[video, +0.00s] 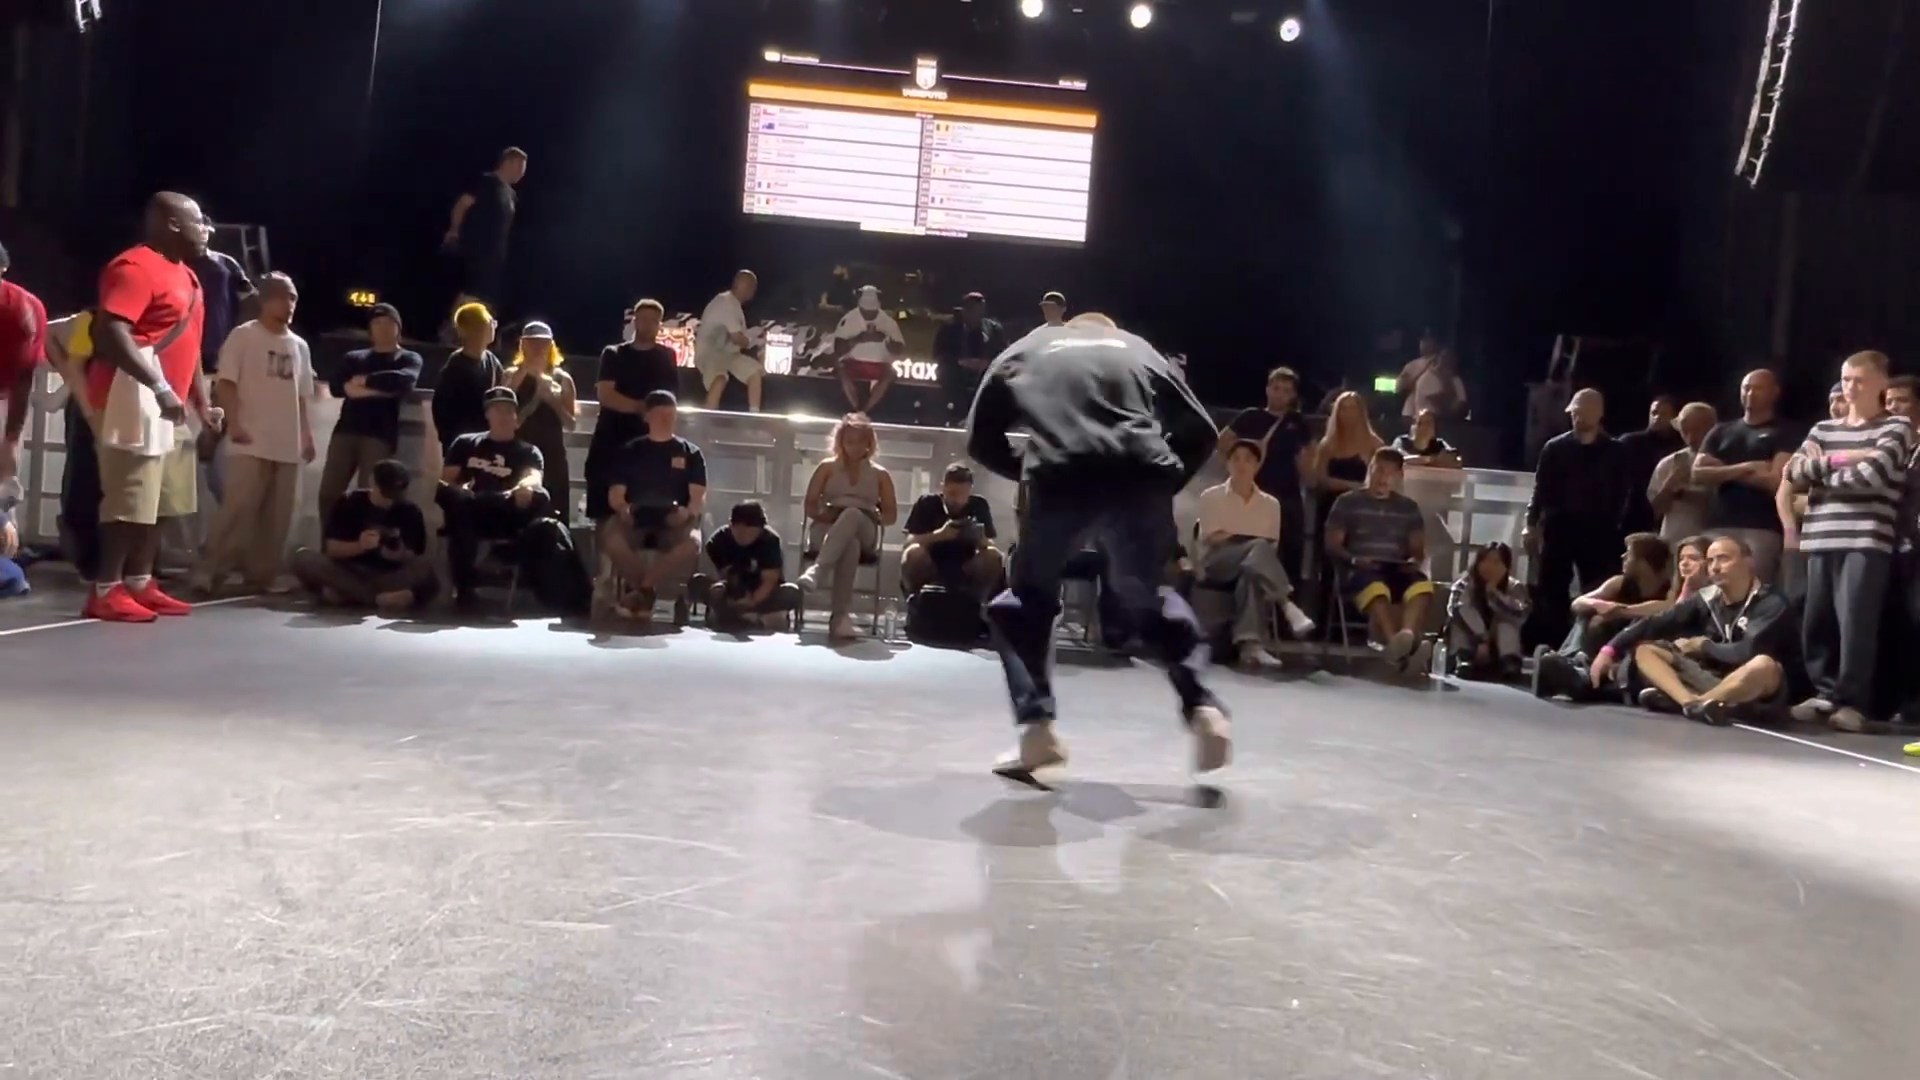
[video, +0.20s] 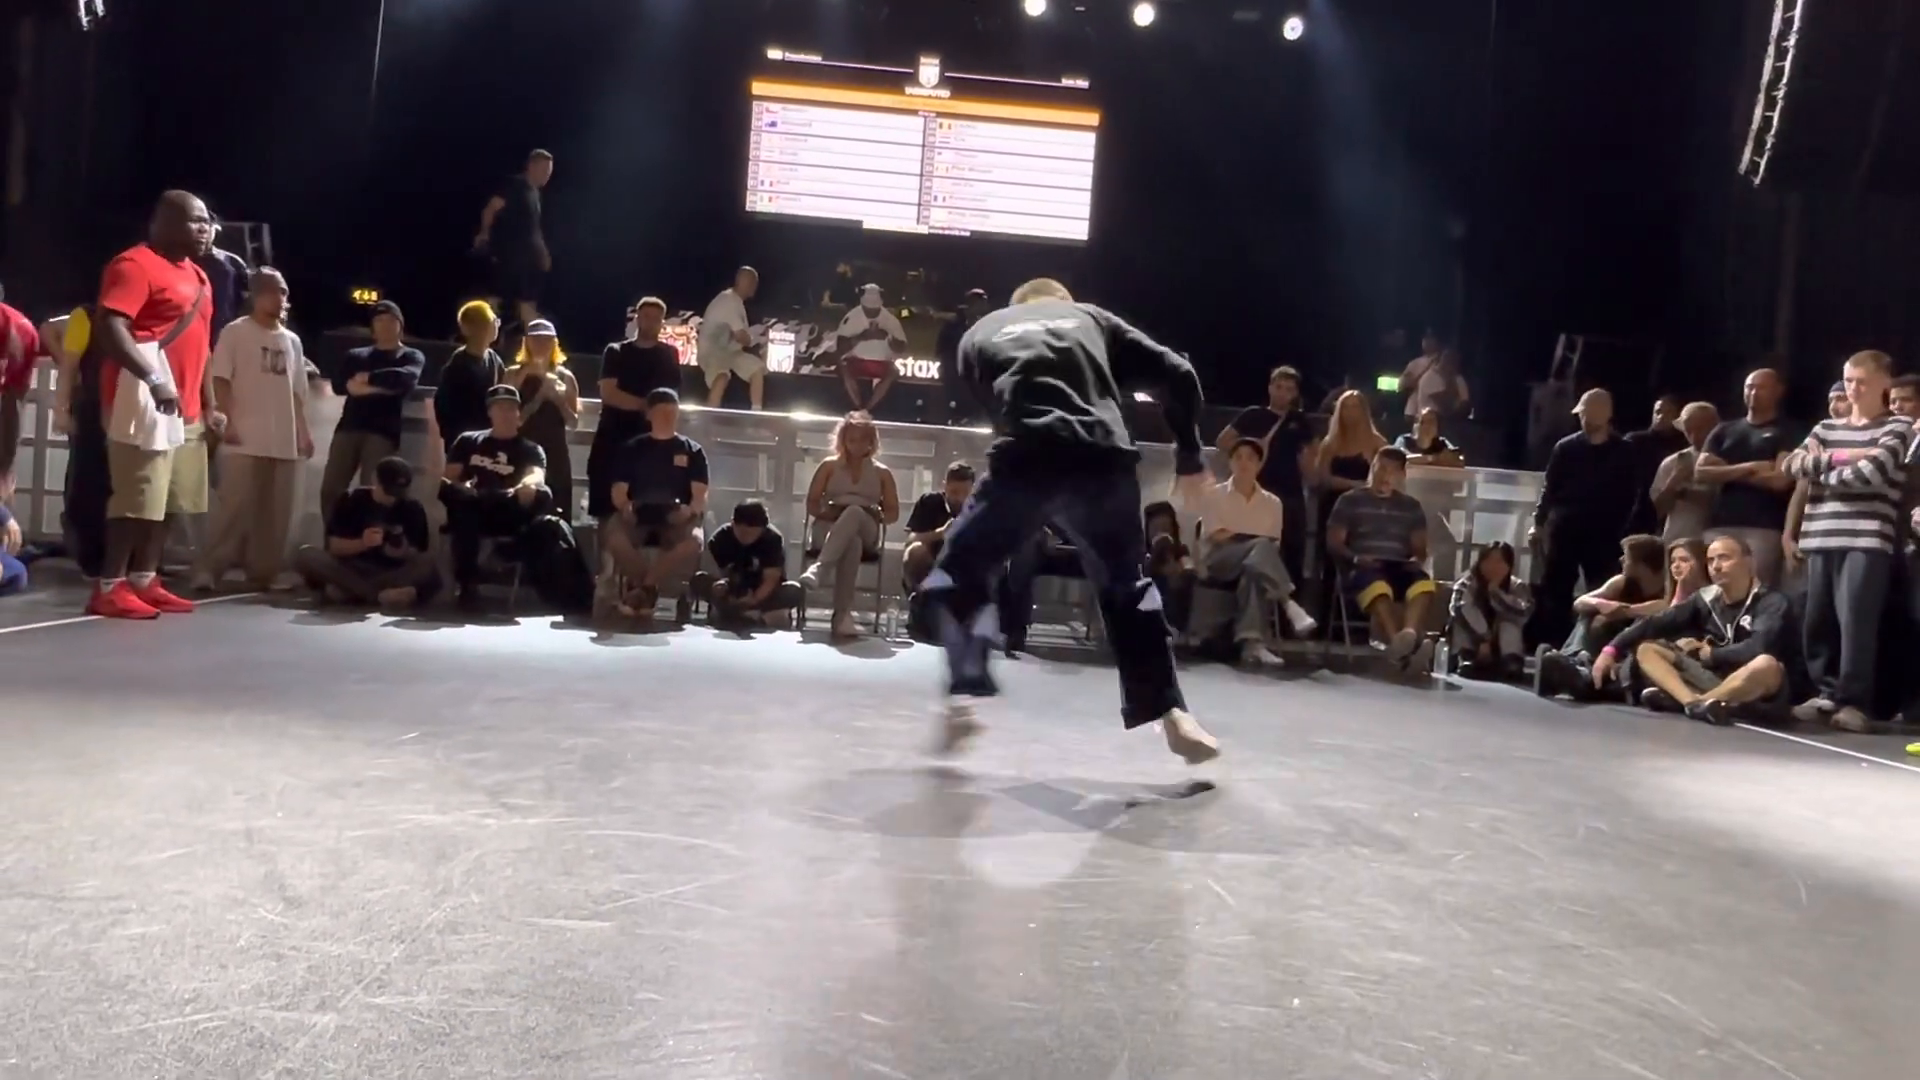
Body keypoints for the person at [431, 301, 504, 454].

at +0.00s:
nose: (495, 324)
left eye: (492, 320)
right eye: (490, 321)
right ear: (476, 330)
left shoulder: (492, 362)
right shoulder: (453, 369)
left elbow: (497, 400)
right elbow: (440, 406)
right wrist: (449, 440)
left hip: (487, 441)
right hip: (458, 444)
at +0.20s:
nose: (498, 323)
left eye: (496, 319)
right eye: (492, 320)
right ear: (472, 328)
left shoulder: (495, 362)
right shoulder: (457, 366)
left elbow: (498, 399)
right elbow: (442, 401)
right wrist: (450, 435)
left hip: (489, 437)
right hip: (460, 439)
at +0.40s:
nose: (502, 319)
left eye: (500, 315)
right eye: (498, 317)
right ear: (486, 324)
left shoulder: (499, 357)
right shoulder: (459, 363)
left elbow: (503, 393)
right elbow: (444, 398)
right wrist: (453, 432)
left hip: (492, 433)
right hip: (463, 435)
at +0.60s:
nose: (504, 315)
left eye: (501, 311)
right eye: (498, 312)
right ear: (482, 320)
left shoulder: (501, 354)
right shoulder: (462, 358)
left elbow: (507, 391)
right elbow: (447, 394)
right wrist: (457, 430)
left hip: (495, 430)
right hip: (467, 433)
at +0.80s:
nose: (508, 313)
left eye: (505, 309)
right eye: (502, 310)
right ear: (489, 317)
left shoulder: (503, 350)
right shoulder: (463, 358)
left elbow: (508, 388)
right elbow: (449, 393)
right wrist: (460, 429)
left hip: (497, 428)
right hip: (468, 430)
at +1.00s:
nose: (509, 309)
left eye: (505, 305)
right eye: (503, 306)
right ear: (489, 314)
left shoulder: (505, 347)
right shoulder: (466, 354)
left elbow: (512, 384)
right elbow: (452, 389)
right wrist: (461, 424)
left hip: (501, 425)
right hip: (471, 427)